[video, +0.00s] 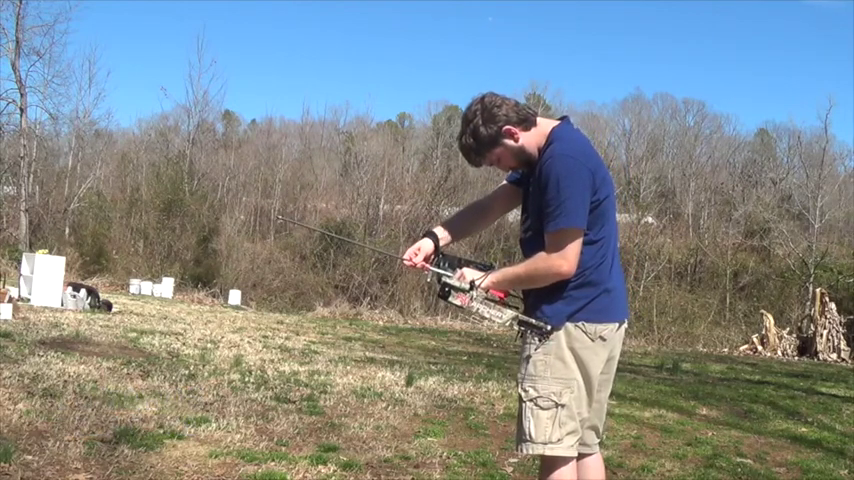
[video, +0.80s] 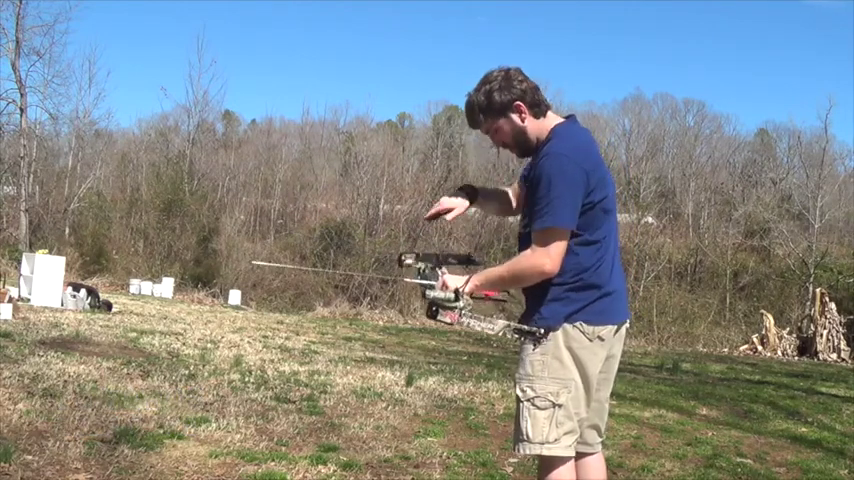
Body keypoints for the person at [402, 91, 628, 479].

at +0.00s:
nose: (499, 167)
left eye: (495, 160)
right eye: (492, 164)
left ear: (511, 133)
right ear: (513, 129)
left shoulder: (563, 159)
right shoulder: (551, 150)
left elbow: (562, 262)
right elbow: (493, 205)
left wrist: (489, 280)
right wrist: (436, 238)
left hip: (571, 319)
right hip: (589, 315)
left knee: (557, 449)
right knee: (584, 445)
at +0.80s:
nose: (495, 143)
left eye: (494, 131)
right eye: (489, 136)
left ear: (520, 110)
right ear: (524, 110)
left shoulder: (558, 156)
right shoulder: (568, 142)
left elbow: (545, 260)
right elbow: (514, 201)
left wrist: (473, 282)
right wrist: (469, 196)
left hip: (567, 320)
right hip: (600, 316)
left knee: (554, 451)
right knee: (587, 444)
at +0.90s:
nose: (494, 140)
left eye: (492, 127)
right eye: (489, 130)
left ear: (519, 108)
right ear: (525, 107)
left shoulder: (555, 153)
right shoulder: (580, 139)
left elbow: (536, 262)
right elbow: (566, 219)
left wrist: (466, 289)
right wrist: (508, 199)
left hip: (566, 317)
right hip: (604, 314)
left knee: (555, 450)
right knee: (587, 443)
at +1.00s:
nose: (494, 138)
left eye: (491, 125)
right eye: (487, 129)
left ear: (517, 106)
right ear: (524, 105)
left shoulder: (549, 153)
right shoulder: (583, 139)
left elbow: (529, 259)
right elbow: (585, 240)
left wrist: (460, 295)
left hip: (564, 320)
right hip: (605, 316)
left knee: (555, 451)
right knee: (588, 444)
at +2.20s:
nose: (499, 147)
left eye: (494, 136)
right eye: (492, 140)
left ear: (505, 111)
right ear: (541, 107)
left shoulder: (526, 151)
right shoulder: (596, 144)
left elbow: (520, 254)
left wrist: (477, 314)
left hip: (565, 311)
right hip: (618, 307)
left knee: (553, 450)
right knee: (598, 448)